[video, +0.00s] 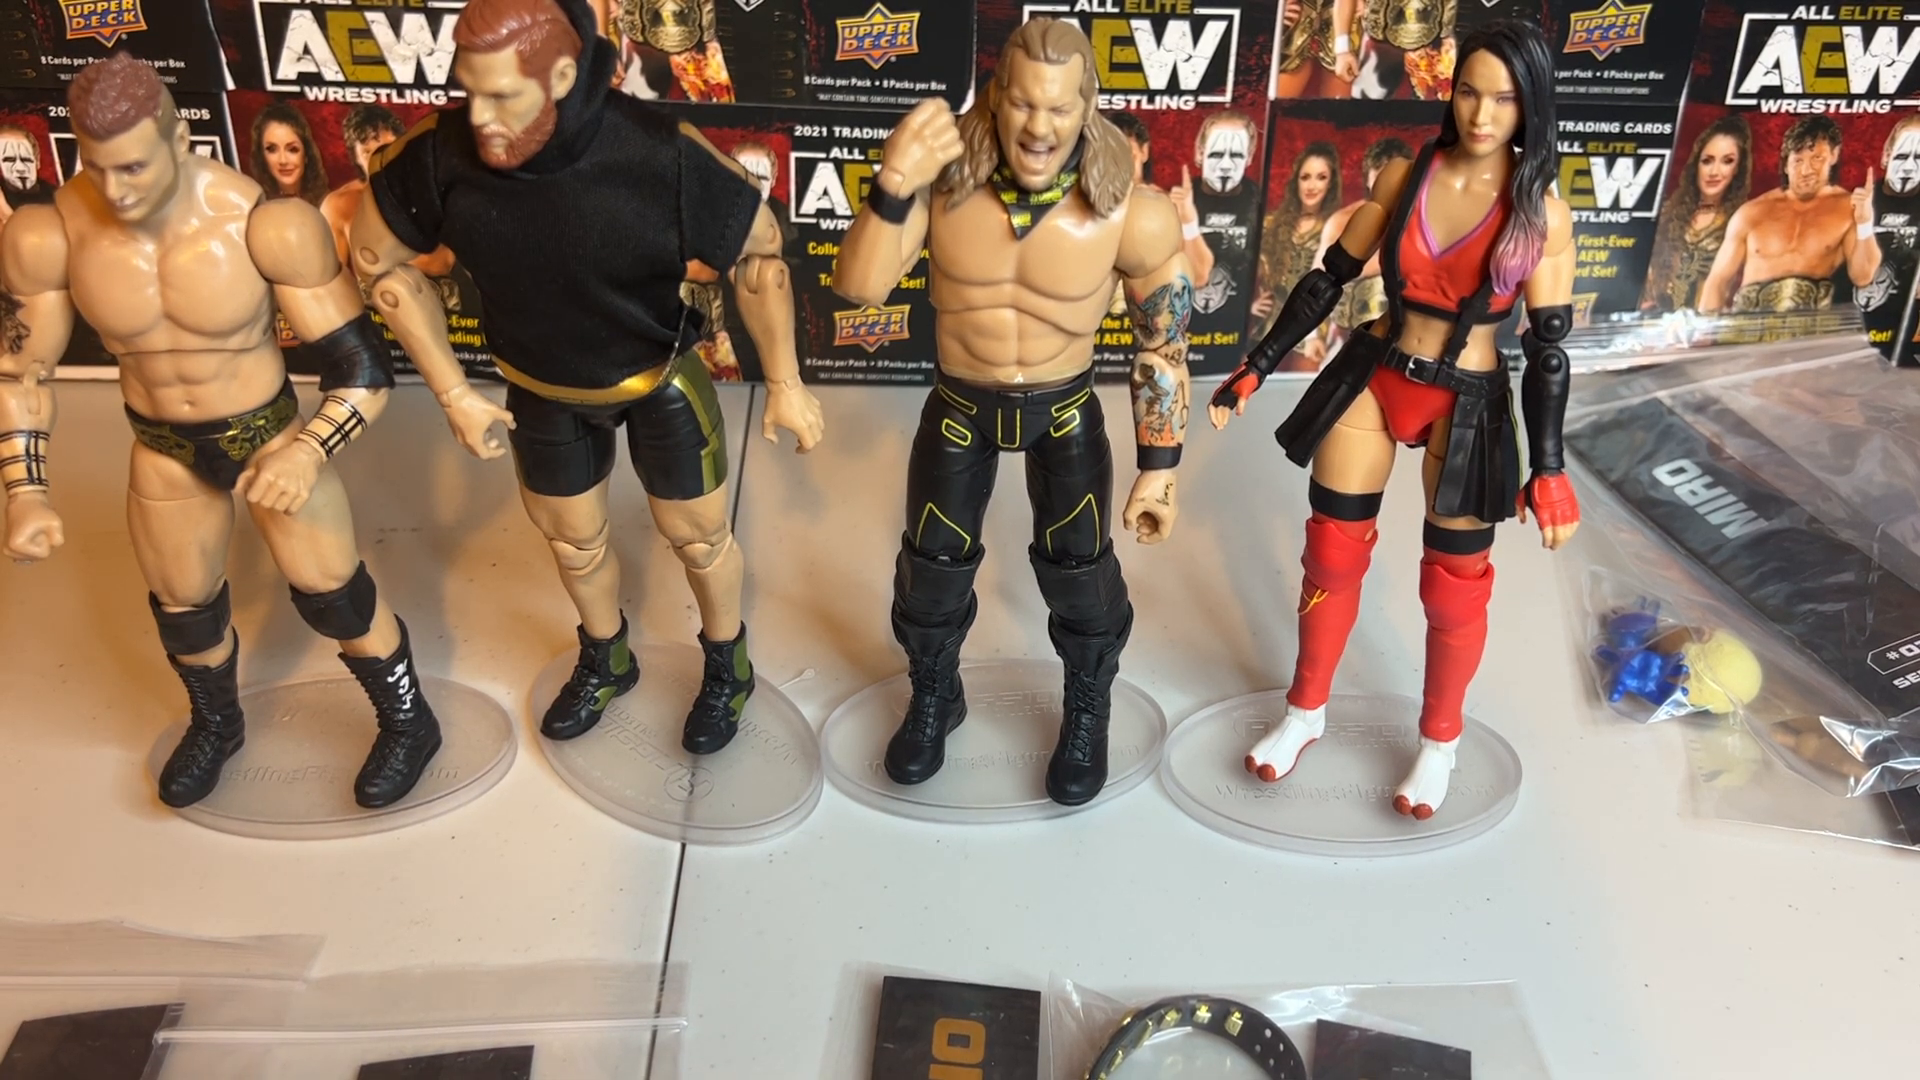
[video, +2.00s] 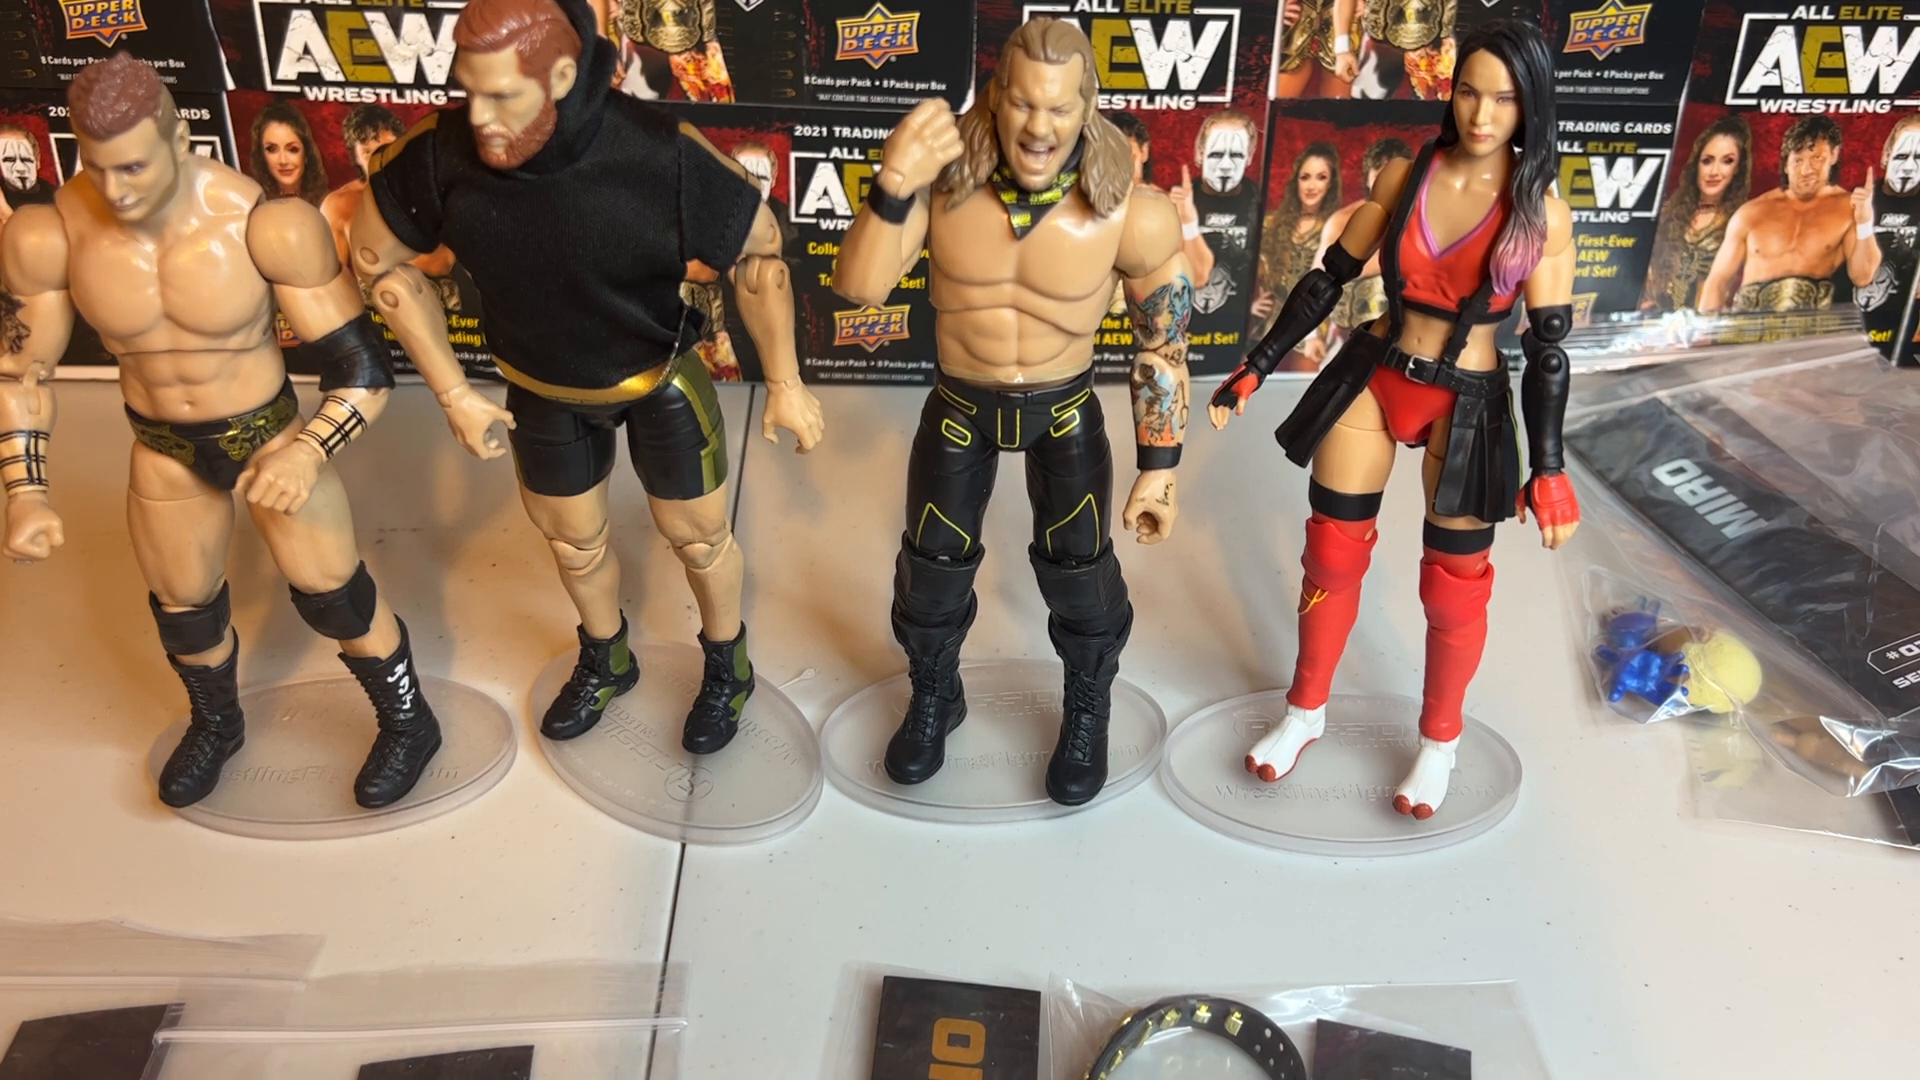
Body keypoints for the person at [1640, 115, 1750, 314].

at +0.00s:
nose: (1714, 171)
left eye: (1727, 161)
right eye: (1707, 160)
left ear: (1739, 168)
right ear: (1695, 164)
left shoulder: (1743, 220)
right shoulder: (1670, 213)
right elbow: (1655, 267)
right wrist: (1650, 300)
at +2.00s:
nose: (1714, 171)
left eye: (1727, 161)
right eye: (1707, 160)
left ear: (1739, 168)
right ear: (1695, 164)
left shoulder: (1742, 220)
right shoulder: (1670, 212)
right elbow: (1654, 267)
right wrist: (1649, 301)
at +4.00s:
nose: (1714, 171)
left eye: (1727, 161)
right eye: (1707, 160)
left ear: (1739, 168)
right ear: (1695, 164)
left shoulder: (1742, 219)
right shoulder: (1671, 212)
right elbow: (1655, 265)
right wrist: (1649, 299)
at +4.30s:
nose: (1714, 171)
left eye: (1727, 161)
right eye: (1707, 160)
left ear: (1739, 168)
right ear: (1695, 164)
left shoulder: (1742, 219)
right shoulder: (1671, 212)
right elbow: (1655, 265)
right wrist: (1650, 299)